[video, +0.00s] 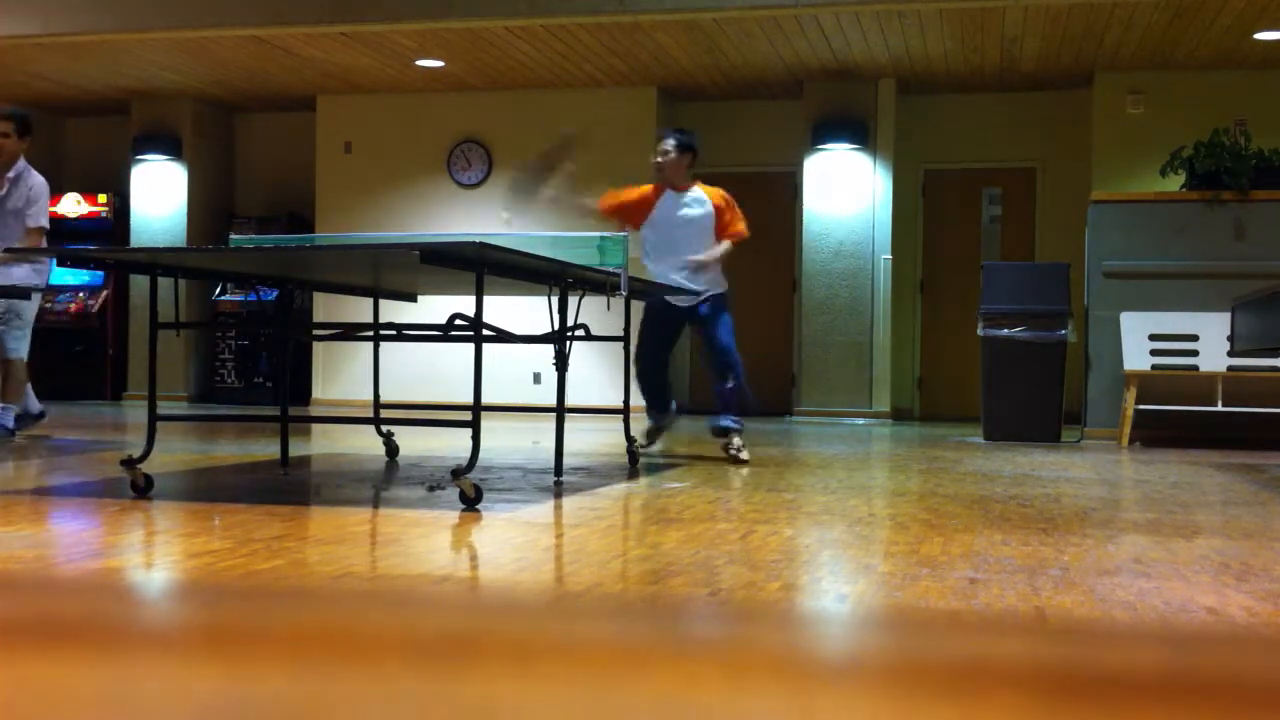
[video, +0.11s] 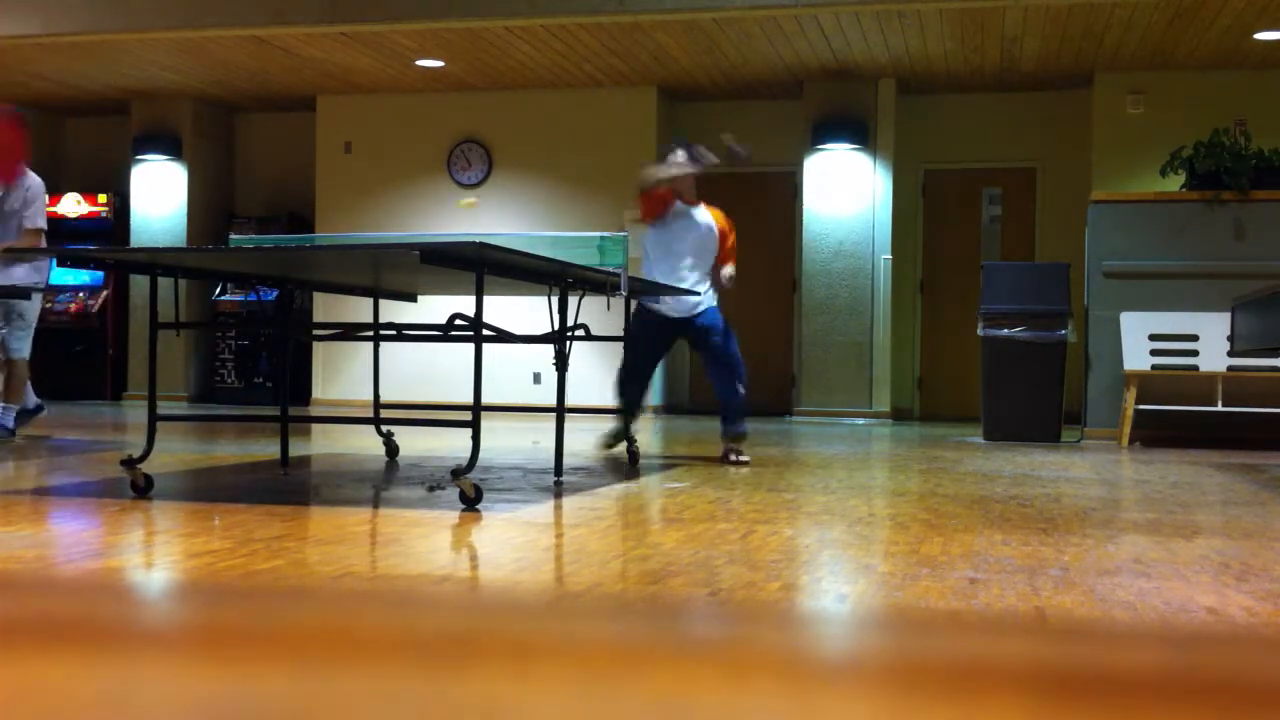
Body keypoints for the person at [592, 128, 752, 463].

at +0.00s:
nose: (657, 160)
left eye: (665, 153)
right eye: (656, 154)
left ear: (688, 159)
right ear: (656, 159)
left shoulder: (714, 198)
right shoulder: (648, 199)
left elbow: (737, 232)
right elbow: (601, 206)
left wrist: (713, 254)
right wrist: (564, 200)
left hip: (708, 294)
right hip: (664, 294)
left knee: (724, 355)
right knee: (648, 361)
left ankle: (732, 431)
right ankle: (660, 415)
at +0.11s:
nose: (677, 180)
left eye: (683, 174)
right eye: (672, 175)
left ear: (695, 176)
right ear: (668, 179)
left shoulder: (716, 219)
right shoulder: (658, 209)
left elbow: (727, 255)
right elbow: (647, 185)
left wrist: (727, 270)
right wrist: (677, 170)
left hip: (701, 309)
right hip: (655, 308)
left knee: (728, 367)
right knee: (633, 370)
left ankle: (732, 444)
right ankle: (624, 424)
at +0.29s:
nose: (667, 183)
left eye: (675, 177)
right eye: (662, 177)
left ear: (691, 185)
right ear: (657, 184)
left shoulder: (703, 231)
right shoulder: (644, 214)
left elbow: (711, 280)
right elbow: (644, 233)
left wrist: (718, 292)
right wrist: (687, 216)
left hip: (691, 318)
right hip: (646, 316)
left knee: (730, 370)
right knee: (609, 379)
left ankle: (730, 444)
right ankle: (575, 439)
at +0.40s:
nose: (651, 175)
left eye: (659, 169)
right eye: (646, 169)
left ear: (673, 176)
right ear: (640, 175)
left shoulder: (686, 221)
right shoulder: (625, 213)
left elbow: (694, 267)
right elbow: (606, 248)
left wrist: (699, 277)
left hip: (677, 311)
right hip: (634, 309)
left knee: (713, 359)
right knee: (596, 374)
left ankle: (730, 444)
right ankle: (568, 441)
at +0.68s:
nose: (618, 155)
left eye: (625, 150)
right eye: (613, 150)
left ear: (638, 155)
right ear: (607, 156)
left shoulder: (659, 192)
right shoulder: (602, 199)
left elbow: (678, 236)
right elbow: (595, 249)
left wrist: (649, 256)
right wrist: (585, 230)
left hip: (661, 290)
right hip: (621, 289)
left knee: (677, 360)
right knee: (595, 359)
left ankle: (680, 435)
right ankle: (573, 431)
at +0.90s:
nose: (600, 189)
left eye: (606, 182)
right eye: (596, 184)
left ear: (624, 185)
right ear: (593, 189)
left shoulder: (640, 223)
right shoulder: (602, 230)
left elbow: (651, 266)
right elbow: (598, 268)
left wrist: (618, 278)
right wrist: (579, 274)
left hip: (649, 310)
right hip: (619, 312)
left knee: (652, 367)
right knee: (589, 368)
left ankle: (687, 438)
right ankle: (602, 433)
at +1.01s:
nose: (585, 189)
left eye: (591, 182)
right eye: (581, 183)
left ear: (610, 184)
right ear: (578, 188)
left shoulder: (624, 218)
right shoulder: (596, 226)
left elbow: (624, 264)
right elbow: (596, 265)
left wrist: (583, 272)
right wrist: (570, 273)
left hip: (640, 304)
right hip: (614, 306)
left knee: (643, 366)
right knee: (581, 363)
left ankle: (682, 438)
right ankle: (598, 431)